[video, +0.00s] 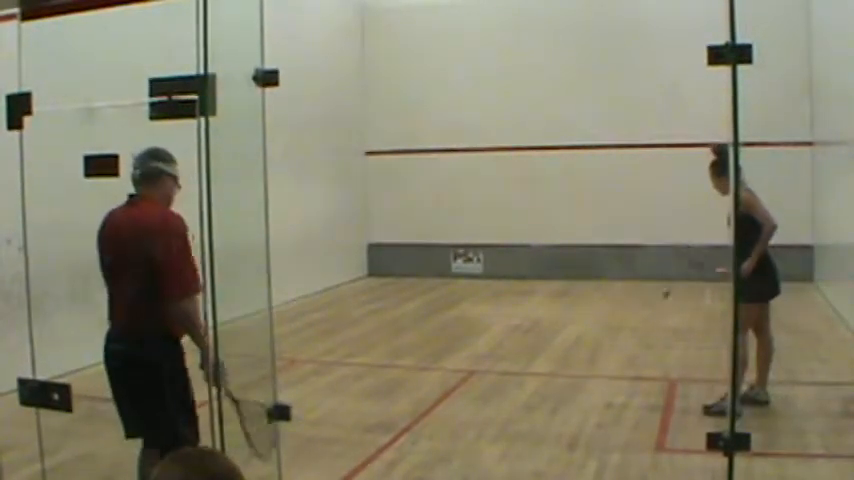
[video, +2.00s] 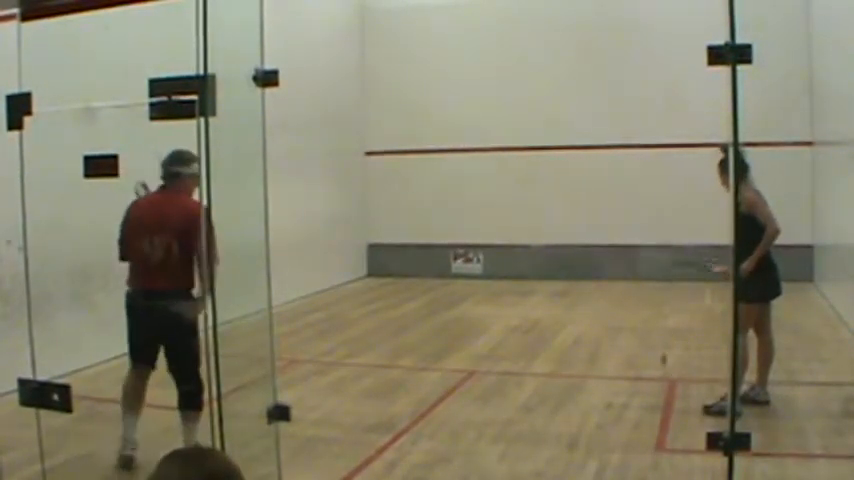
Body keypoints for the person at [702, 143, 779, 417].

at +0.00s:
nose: (716, 187)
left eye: (716, 182)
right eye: (714, 182)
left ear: (725, 177)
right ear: (727, 176)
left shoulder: (745, 197)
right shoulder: (740, 198)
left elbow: (769, 225)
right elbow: (751, 235)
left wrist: (751, 260)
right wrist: (737, 264)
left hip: (752, 276)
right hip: (756, 275)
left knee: (738, 334)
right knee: (762, 332)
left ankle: (733, 393)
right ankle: (759, 388)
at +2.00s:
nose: (720, 181)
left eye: (721, 176)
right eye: (720, 176)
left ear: (730, 174)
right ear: (738, 172)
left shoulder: (749, 197)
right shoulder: (742, 198)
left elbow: (773, 229)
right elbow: (751, 239)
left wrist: (751, 261)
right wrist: (734, 266)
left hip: (753, 278)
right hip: (757, 276)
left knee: (738, 334)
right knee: (763, 332)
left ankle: (733, 394)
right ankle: (760, 388)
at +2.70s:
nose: (710, 181)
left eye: (712, 175)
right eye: (710, 175)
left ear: (722, 175)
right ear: (726, 174)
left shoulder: (738, 204)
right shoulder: (735, 203)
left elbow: (738, 244)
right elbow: (735, 244)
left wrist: (719, 267)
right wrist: (720, 266)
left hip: (746, 277)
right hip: (745, 276)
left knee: (739, 333)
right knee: (746, 332)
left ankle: (756, 389)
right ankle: (756, 387)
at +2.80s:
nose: (704, 182)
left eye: (707, 176)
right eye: (705, 176)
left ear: (719, 176)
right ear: (721, 176)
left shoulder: (731, 210)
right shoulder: (730, 208)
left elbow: (728, 250)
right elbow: (728, 247)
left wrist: (702, 272)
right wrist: (705, 253)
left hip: (741, 279)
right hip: (734, 277)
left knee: (732, 333)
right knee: (727, 332)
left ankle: (755, 388)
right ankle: (754, 385)